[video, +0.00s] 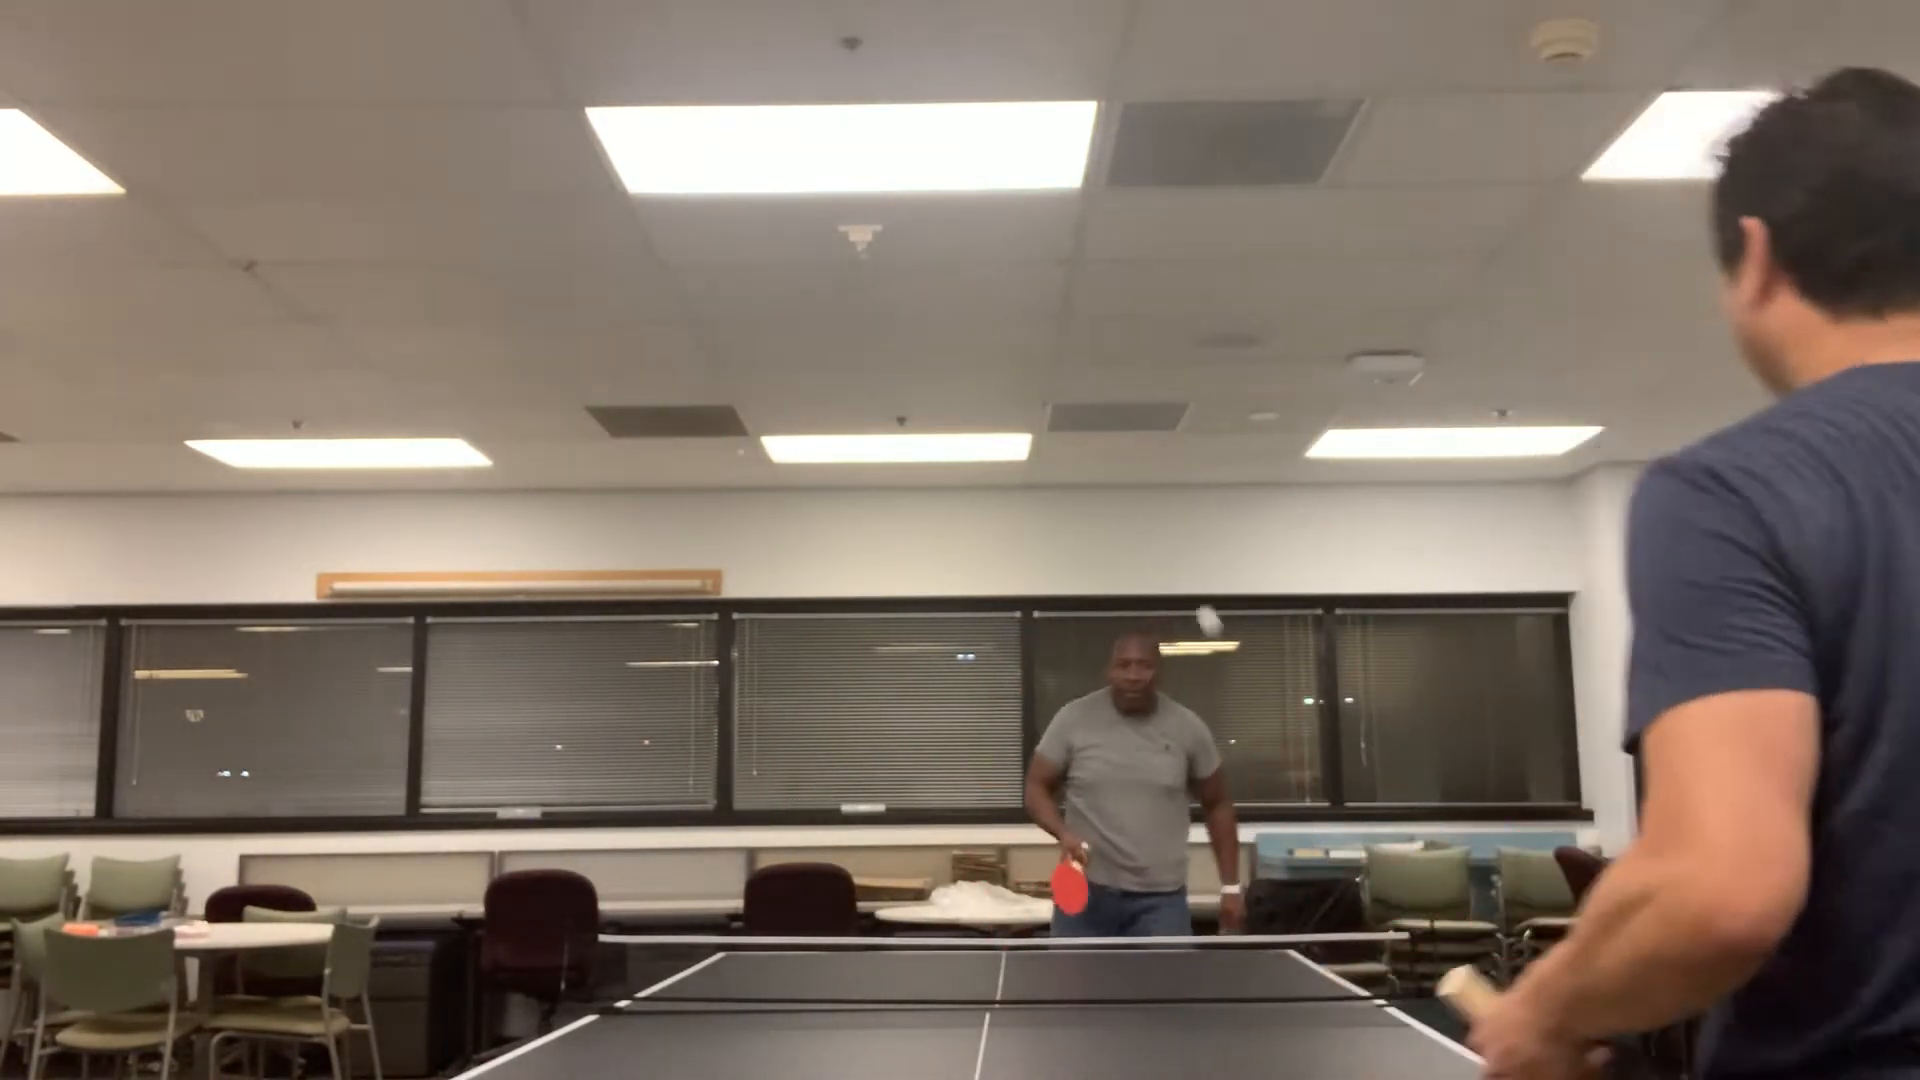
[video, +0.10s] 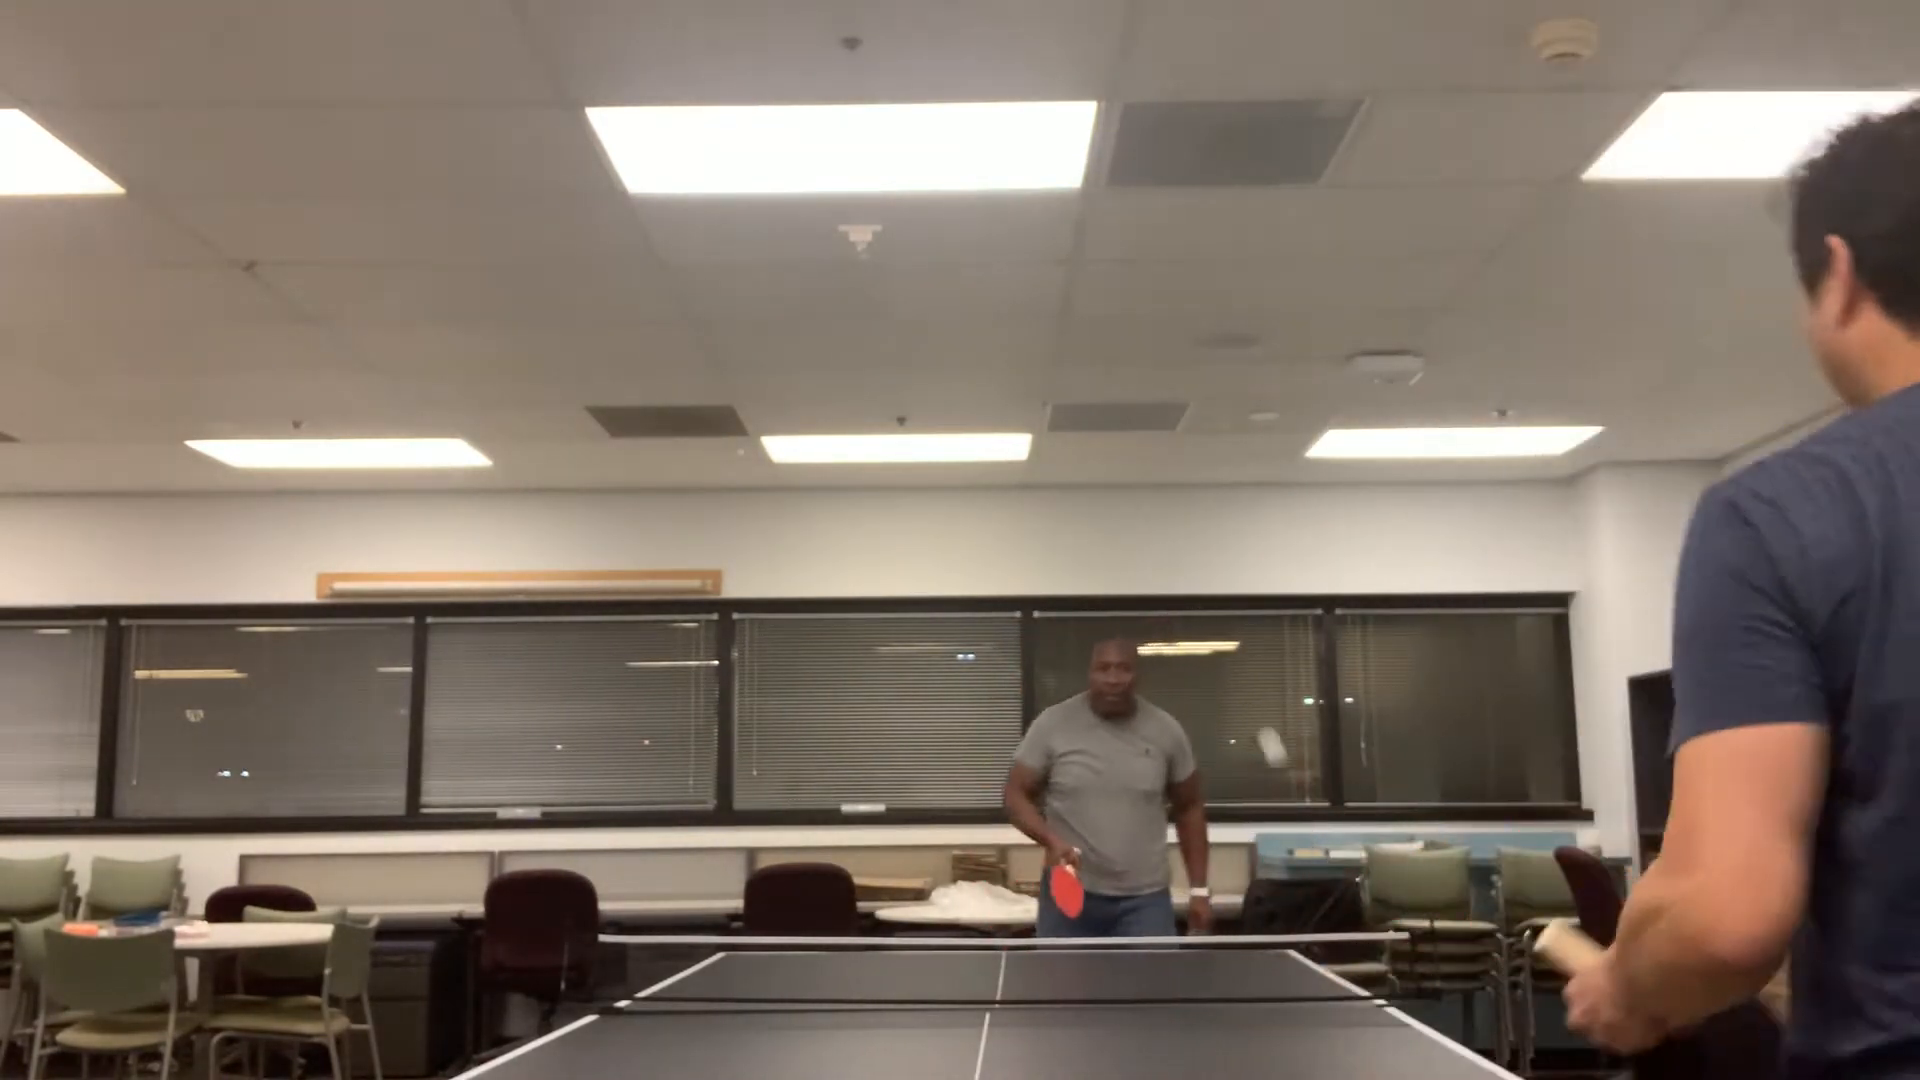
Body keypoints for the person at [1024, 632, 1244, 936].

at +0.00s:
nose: (1133, 675)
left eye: (1143, 665)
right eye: (1123, 665)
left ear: (1157, 671)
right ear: (1108, 671)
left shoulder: (1188, 728)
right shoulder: (1073, 720)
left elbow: (1218, 805)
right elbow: (1035, 788)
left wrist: (1231, 888)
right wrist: (1063, 834)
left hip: (1161, 899)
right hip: (1086, 896)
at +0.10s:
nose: (1113, 679)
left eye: (1123, 669)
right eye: (1103, 669)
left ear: (1136, 674)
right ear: (1089, 674)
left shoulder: (1165, 731)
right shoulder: (1053, 724)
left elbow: (1189, 808)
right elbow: (1015, 795)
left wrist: (1199, 891)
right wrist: (1051, 841)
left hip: (1144, 899)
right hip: (1070, 898)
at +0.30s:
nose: (1089, 677)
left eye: (1099, 666)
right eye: (1078, 666)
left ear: (1111, 671)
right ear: (1062, 671)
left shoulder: (1141, 728)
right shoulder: (1028, 726)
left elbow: (1169, 804)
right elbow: (987, 798)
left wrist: (1177, 886)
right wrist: (1027, 843)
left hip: (1124, 894)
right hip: (1049, 895)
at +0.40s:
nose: (1088, 678)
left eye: (1098, 667)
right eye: (1078, 667)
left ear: (1110, 671)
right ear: (1061, 671)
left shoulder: (1140, 729)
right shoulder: (1027, 728)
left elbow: (1170, 804)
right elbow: (985, 799)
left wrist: (1182, 886)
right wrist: (1021, 851)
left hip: (1123, 896)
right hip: (1048, 897)